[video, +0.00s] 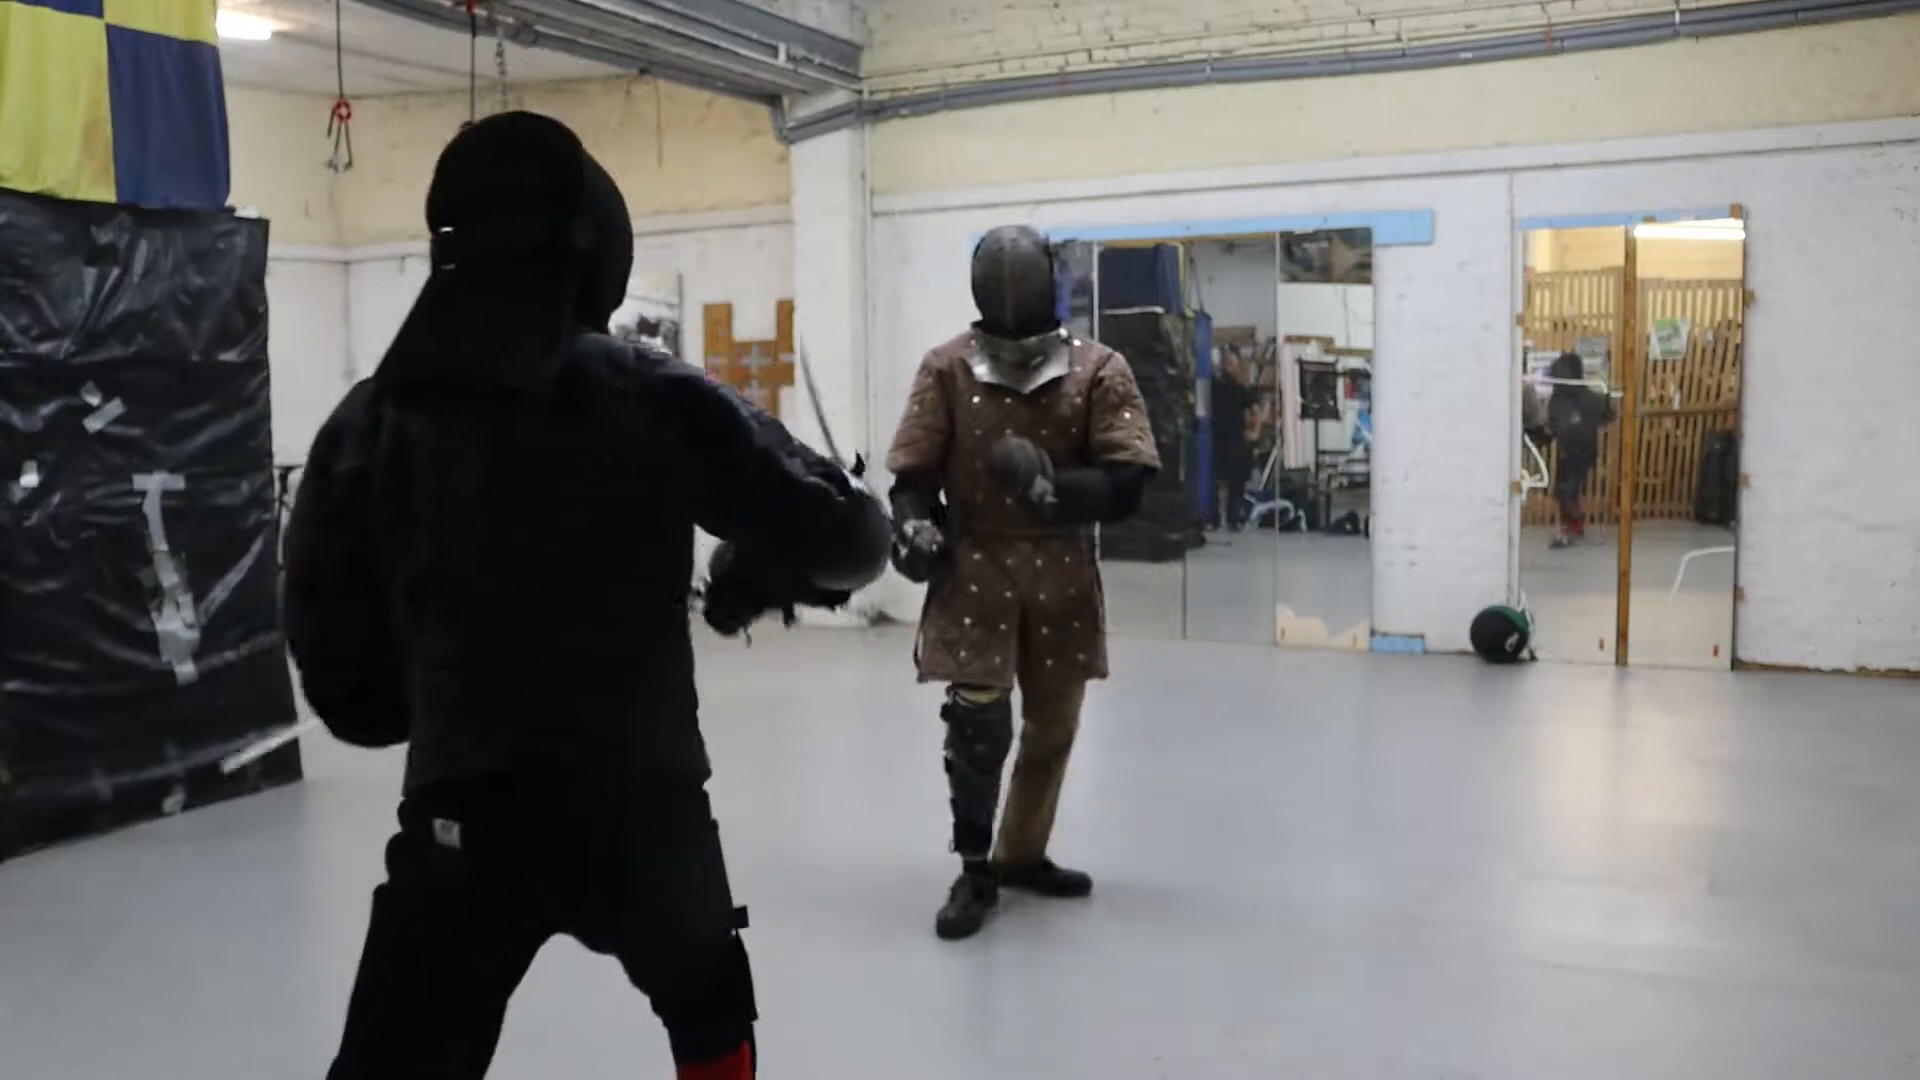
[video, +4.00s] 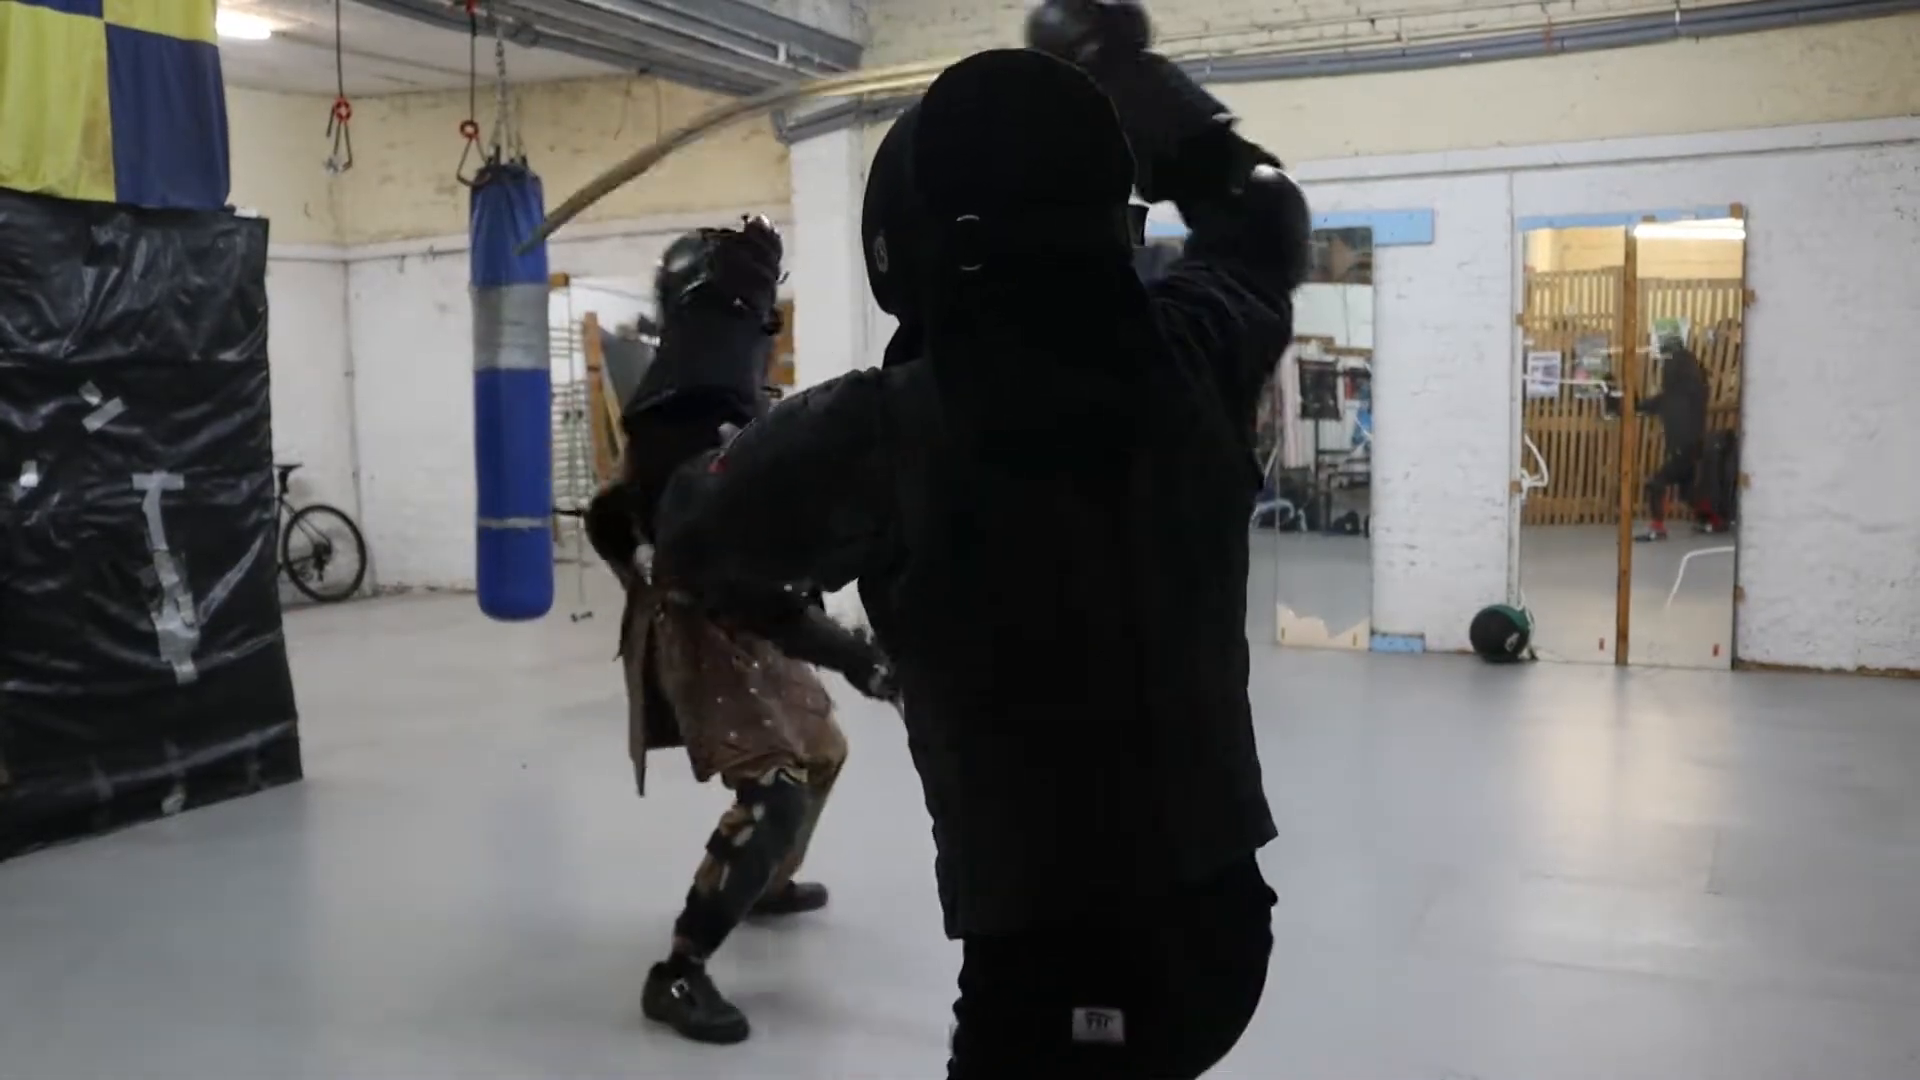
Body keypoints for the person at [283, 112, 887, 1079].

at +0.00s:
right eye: (606, 229)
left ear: (449, 251)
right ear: (594, 248)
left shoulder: (369, 425)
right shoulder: (655, 399)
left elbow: (351, 694)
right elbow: (846, 535)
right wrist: (747, 577)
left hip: (463, 833)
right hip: (644, 823)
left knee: (388, 1065)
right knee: (712, 1022)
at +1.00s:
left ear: (520, 320)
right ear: (658, 299)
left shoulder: (491, 487)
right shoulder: (729, 420)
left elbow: (390, 709)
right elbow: (838, 377)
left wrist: (440, 595)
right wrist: (862, 259)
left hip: (617, 844)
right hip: (760, 806)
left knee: (521, 1067)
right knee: (780, 977)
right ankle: (811, 1069)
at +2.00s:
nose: (922, 268)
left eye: (928, 242)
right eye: (921, 242)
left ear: (962, 239)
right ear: (1080, 229)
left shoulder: (951, 371)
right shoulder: (1147, 361)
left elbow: (849, 589)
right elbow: (1198, 550)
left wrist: (794, 503)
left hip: (1072, 756)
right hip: (1168, 738)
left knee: (1129, 1038)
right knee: (1000, 929)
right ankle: (1055, 1068)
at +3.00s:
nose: (919, 256)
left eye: (924, 227)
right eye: (917, 229)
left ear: (957, 224)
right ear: (1107, 213)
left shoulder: (941, 386)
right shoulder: (1193, 390)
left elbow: (829, 624)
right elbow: (1226, 585)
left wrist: (795, 533)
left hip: (1057, 824)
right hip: (1189, 803)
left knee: (1005, 1061)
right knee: (1059, 1048)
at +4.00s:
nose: (872, 244)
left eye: (887, 216)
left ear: (917, 236)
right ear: (1114, 215)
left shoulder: (886, 424)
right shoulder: (1191, 366)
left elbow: (698, 548)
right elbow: (1256, 213)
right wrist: (1129, 70)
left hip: (1032, 949)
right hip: (1219, 924)